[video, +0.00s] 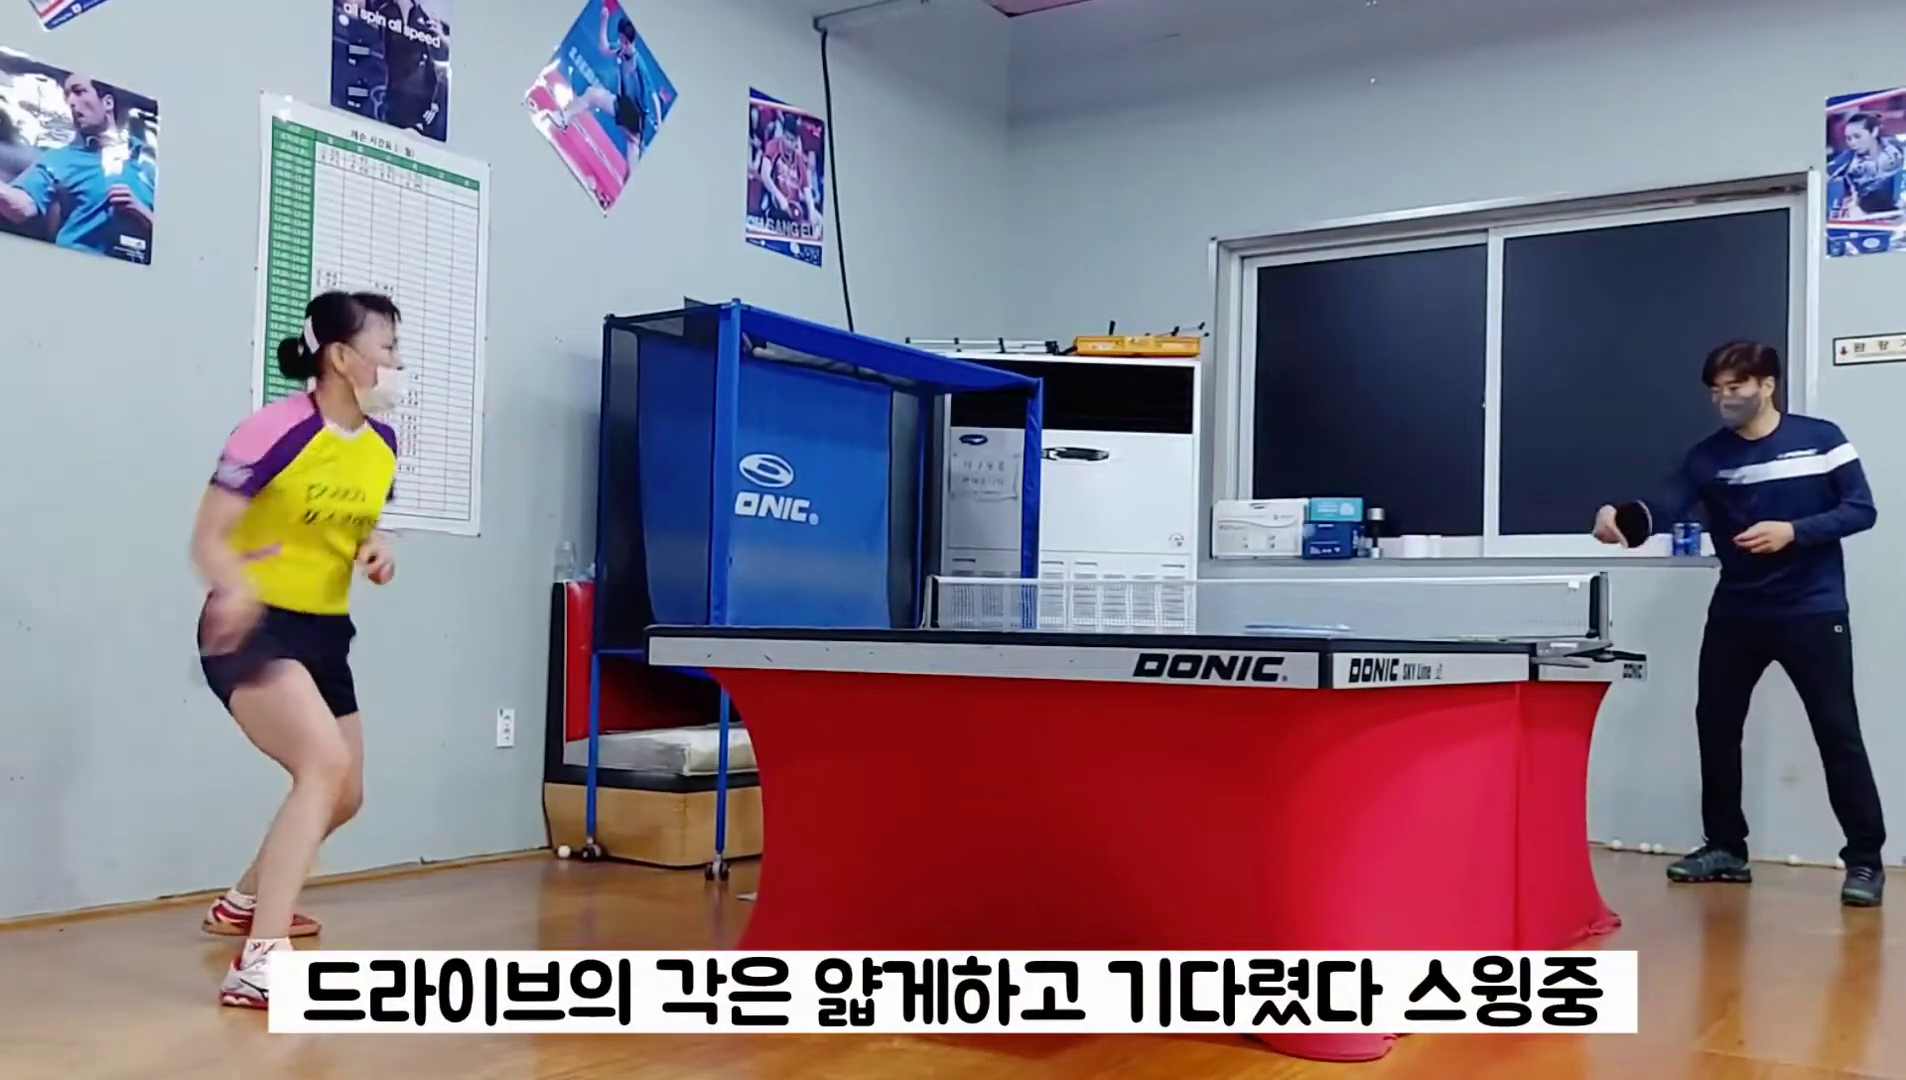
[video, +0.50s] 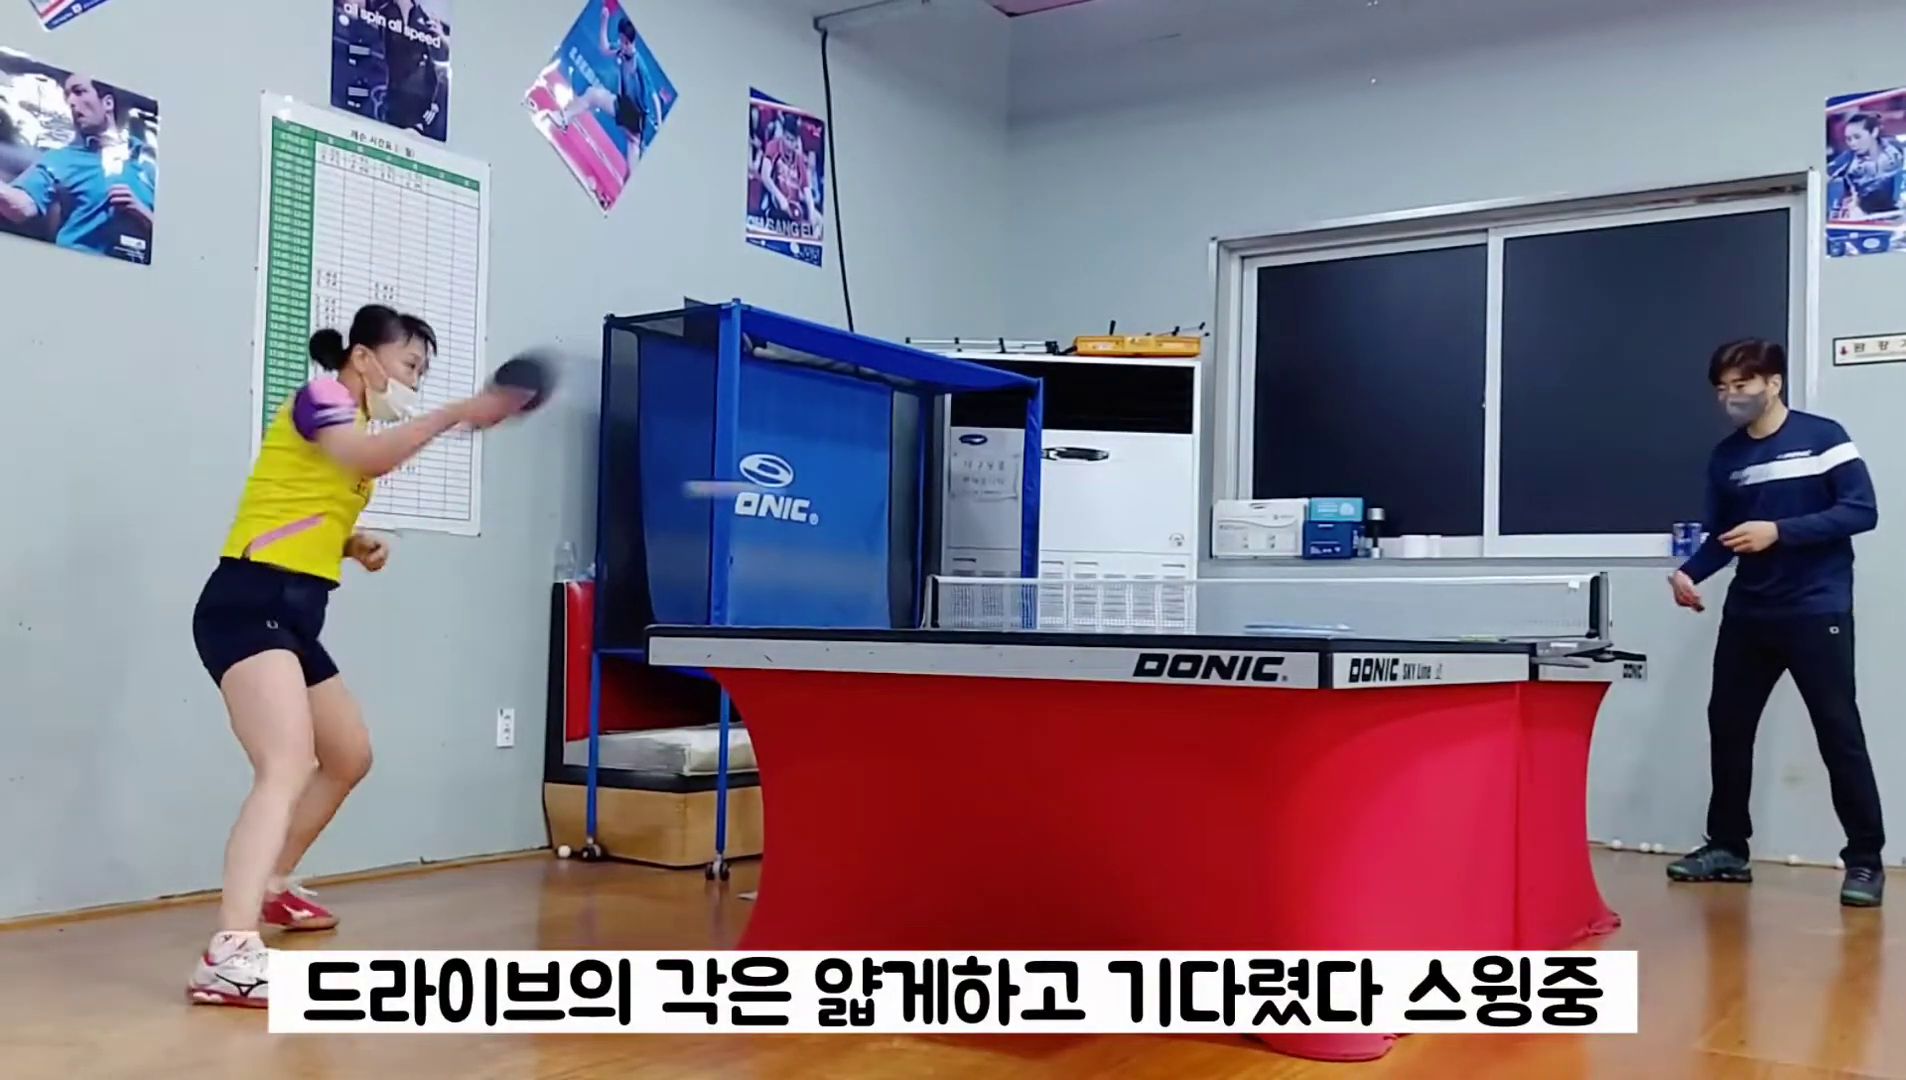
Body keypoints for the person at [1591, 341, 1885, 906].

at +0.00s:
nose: (1725, 397)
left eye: (1736, 385)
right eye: (1717, 389)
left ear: (1768, 385)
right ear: (1711, 396)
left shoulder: (1821, 438)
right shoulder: (1706, 458)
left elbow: (1861, 509)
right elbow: (1663, 508)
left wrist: (1793, 530)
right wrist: (1623, 520)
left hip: (1812, 614)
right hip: (1737, 614)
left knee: (1839, 736)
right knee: (1716, 727)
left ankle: (1864, 862)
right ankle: (1726, 849)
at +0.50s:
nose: (1730, 394)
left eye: (1742, 382)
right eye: (1723, 387)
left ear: (1774, 383)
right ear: (1719, 394)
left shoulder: (1823, 436)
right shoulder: (1726, 456)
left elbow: (1861, 509)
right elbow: (1723, 535)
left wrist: (1778, 529)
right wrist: (1689, 570)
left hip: (1818, 615)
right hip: (1749, 616)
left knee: (1839, 735)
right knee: (1728, 726)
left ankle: (1864, 862)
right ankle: (1729, 848)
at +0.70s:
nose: (1724, 410)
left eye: (1735, 399)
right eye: (1717, 401)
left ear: (1768, 394)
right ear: (1713, 404)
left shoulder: (1824, 442)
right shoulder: (1721, 462)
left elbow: (1862, 515)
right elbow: (1699, 527)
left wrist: (1785, 534)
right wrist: (1676, 573)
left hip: (1817, 618)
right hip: (1744, 618)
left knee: (1841, 736)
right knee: (1716, 721)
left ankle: (1864, 863)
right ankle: (1727, 847)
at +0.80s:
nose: (1721, 410)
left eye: (1732, 399)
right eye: (1714, 401)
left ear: (1764, 396)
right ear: (1708, 402)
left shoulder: (1819, 443)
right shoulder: (1710, 462)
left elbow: (1862, 515)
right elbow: (1668, 516)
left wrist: (1788, 536)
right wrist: (1640, 554)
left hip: (1813, 618)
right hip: (1740, 618)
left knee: (1839, 737)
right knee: (1713, 723)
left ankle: (1864, 863)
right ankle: (1725, 848)